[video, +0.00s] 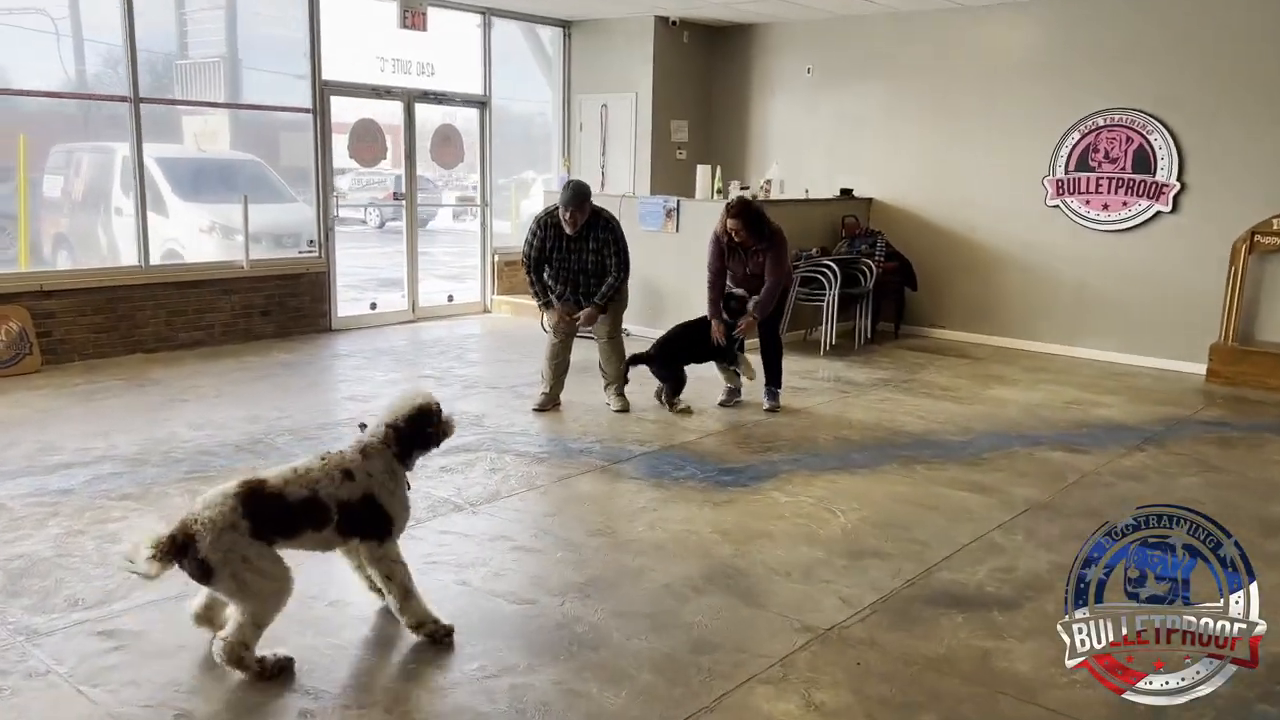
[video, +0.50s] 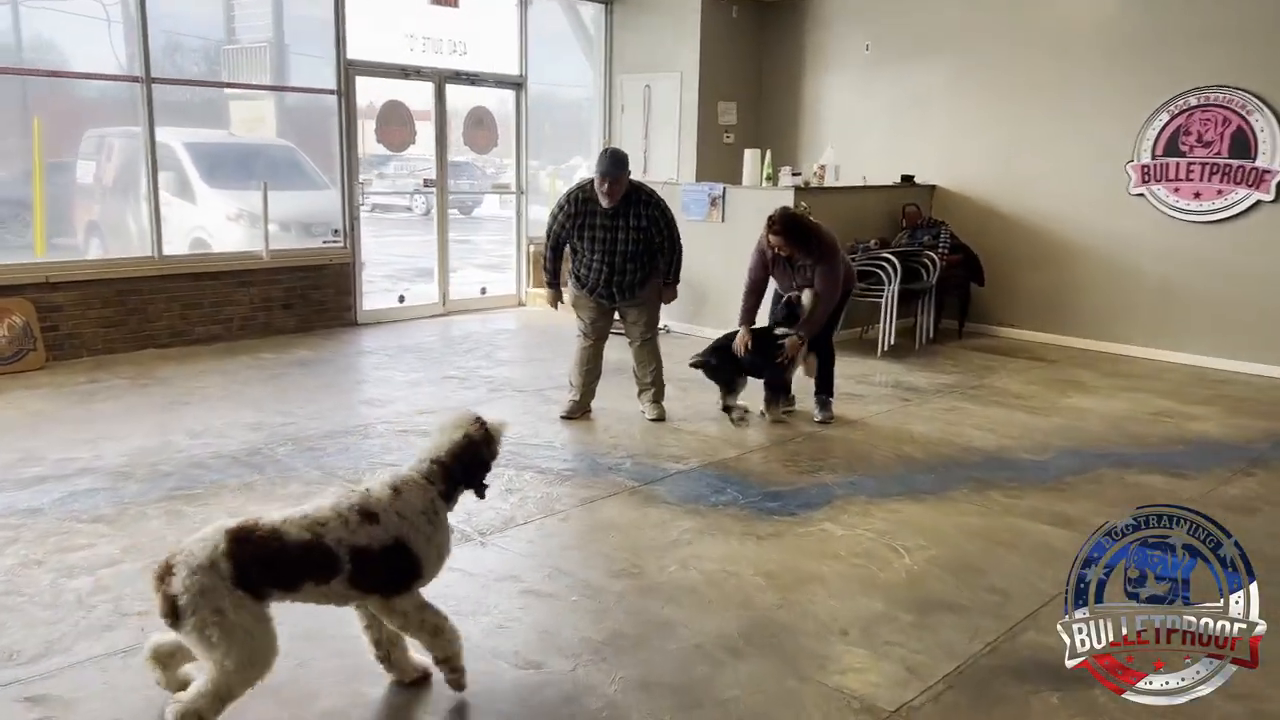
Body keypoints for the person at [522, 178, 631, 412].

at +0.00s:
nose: (569, 217)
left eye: (577, 212)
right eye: (565, 210)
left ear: (589, 208)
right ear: (559, 205)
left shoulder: (607, 225)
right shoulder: (543, 223)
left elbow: (619, 271)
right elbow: (531, 267)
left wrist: (596, 307)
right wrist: (548, 307)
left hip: (603, 290)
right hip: (564, 289)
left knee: (608, 335)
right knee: (557, 336)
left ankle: (615, 392)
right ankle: (550, 392)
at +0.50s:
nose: (607, 187)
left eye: (614, 181)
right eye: (602, 180)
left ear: (627, 178)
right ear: (594, 176)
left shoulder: (649, 203)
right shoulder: (575, 200)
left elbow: (671, 243)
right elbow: (554, 240)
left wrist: (670, 282)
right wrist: (553, 284)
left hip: (639, 286)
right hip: (590, 284)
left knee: (644, 342)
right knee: (588, 341)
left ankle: (651, 401)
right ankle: (579, 400)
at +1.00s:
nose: (607, 145)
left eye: (617, 139)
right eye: (603, 136)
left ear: (632, 135)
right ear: (595, 130)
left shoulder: (654, 159)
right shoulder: (574, 155)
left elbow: (673, 207)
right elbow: (553, 205)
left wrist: (660, 257)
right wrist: (573, 256)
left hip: (638, 250)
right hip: (590, 248)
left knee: (646, 310)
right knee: (583, 310)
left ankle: (653, 374)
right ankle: (573, 373)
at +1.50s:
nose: (592, 125)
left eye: (602, 122)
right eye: (588, 116)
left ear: (618, 117)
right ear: (582, 101)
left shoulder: (640, 131)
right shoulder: (552, 120)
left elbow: (655, 183)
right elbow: (524, 174)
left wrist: (639, 233)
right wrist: (528, 235)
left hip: (615, 224)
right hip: (561, 221)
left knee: (624, 288)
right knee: (557, 289)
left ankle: (634, 353)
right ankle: (548, 356)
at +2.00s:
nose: (560, 154)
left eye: (571, 150)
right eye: (555, 146)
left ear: (588, 139)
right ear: (547, 130)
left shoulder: (612, 150)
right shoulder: (523, 143)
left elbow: (620, 213)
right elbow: (504, 208)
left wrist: (611, 268)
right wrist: (500, 270)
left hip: (592, 233)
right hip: (540, 231)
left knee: (609, 295)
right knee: (535, 299)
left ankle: (617, 370)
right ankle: (526, 372)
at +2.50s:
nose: (554, 165)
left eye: (566, 159)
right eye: (548, 154)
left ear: (582, 152)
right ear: (539, 142)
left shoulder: (605, 166)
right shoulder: (511, 161)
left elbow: (600, 245)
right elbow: (506, 241)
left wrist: (566, 306)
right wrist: (536, 300)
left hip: (595, 242)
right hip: (540, 242)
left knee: (602, 310)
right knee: (528, 314)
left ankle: (616, 395)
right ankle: (521, 396)